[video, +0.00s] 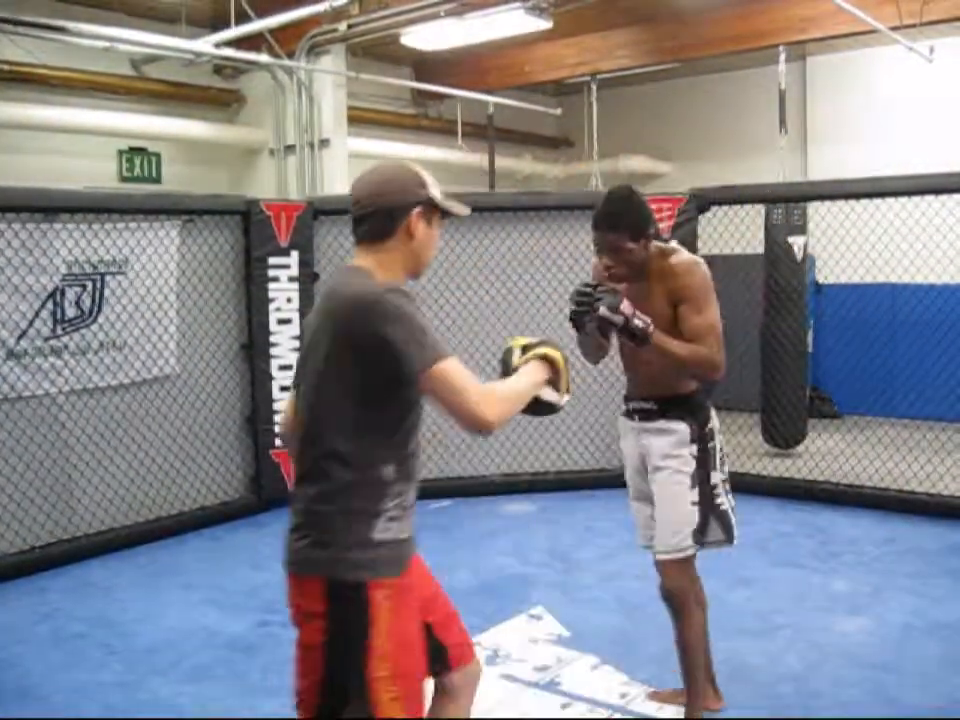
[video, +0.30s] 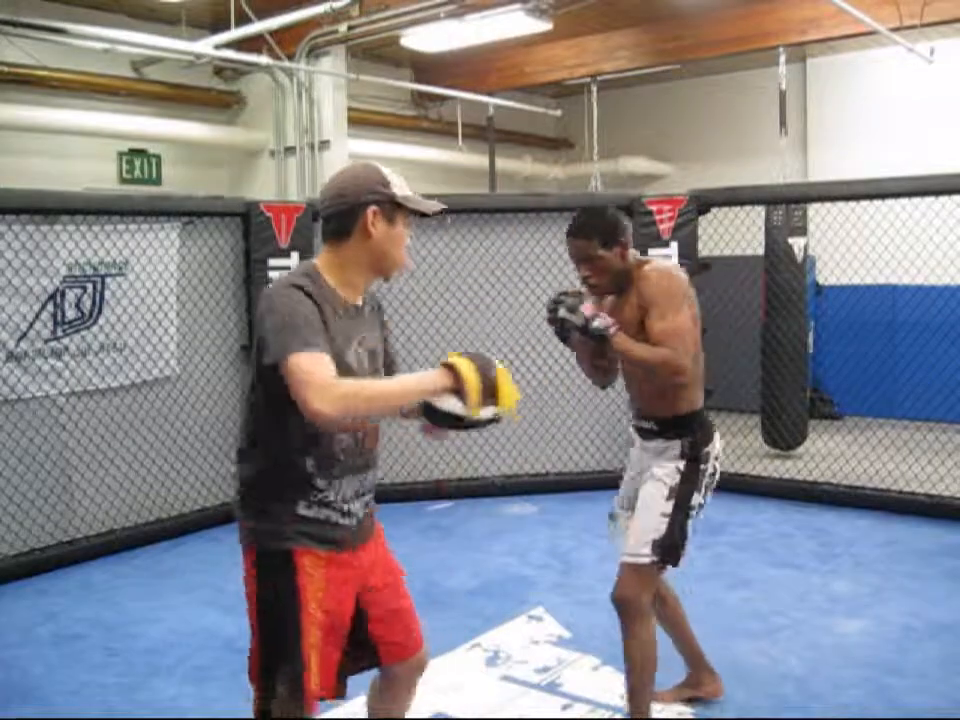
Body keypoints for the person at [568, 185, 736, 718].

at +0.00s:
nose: (608, 263)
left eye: (618, 253)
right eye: (603, 252)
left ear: (646, 238)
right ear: (600, 242)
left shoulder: (686, 271)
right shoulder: (609, 269)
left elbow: (712, 363)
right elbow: (595, 352)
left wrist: (641, 329)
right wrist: (586, 318)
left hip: (681, 432)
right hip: (637, 430)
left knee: (676, 577)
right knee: (671, 573)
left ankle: (704, 696)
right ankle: (701, 688)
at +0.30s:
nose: (583, 275)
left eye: (590, 263)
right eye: (576, 264)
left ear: (622, 251)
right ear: (574, 258)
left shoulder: (662, 281)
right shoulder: (607, 293)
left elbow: (679, 364)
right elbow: (604, 376)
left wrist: (604, 333)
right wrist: (576, 335)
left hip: (681, 448)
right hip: (643, 443)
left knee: (630, 596)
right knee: (641, 574)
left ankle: (639, 712)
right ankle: (701, 674)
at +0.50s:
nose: (544, 315)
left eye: (548, 301)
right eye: (536, 307)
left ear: (577, 282)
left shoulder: (609, 311)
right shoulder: (599, 310)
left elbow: (626, 416)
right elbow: (621, 400)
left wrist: (569, 396)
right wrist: (570, 389)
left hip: (676, 475)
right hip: (641, 469)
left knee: (607, 627)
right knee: (636, 588)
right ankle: (700, 680)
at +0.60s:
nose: (532, 291)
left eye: (537, 276)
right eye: (523, 282)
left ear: (569, 261)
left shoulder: (616, 283)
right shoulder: (579, 320)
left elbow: (649, 351)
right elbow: (626, 404)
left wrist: (575, 353)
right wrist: (569, 426)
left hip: (665, 465)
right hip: (623, 462)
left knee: (611, 634)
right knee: (638, 590)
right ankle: (697, 679)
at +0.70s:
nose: (532, 272)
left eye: (538, 256)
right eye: (523, 263)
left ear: (570, 243)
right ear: (521, 267)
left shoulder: (625, 259)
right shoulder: (548, 321)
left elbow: (694, 303)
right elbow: (570, 419)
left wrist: (599, 308)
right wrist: (517, 405)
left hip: (660, 455)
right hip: (614, 456)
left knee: (611, 634)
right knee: (639, 587)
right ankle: (694, 683)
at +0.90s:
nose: (520, 277)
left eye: (526, 263)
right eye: (514, 266)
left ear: (561, 245)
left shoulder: (628, 273)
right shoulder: (552, 302)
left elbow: (683, 350)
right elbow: (570, 398)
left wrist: (597, 326)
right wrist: (530, 376)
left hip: (645, 460)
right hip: (600, 456)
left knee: (591, 633)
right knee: (628, 600)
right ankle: (668, 702)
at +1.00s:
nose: (514, 294)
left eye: (520, 281)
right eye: (509, 282)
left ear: (558, 267)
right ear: (556, 267)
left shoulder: (623, 307)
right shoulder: (569, 309)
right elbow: (582, 399)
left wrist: (561, 354)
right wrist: (541, 365)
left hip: (633, 481)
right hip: (596, 470)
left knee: (568, 641)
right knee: (611, 601)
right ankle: (667, 703)